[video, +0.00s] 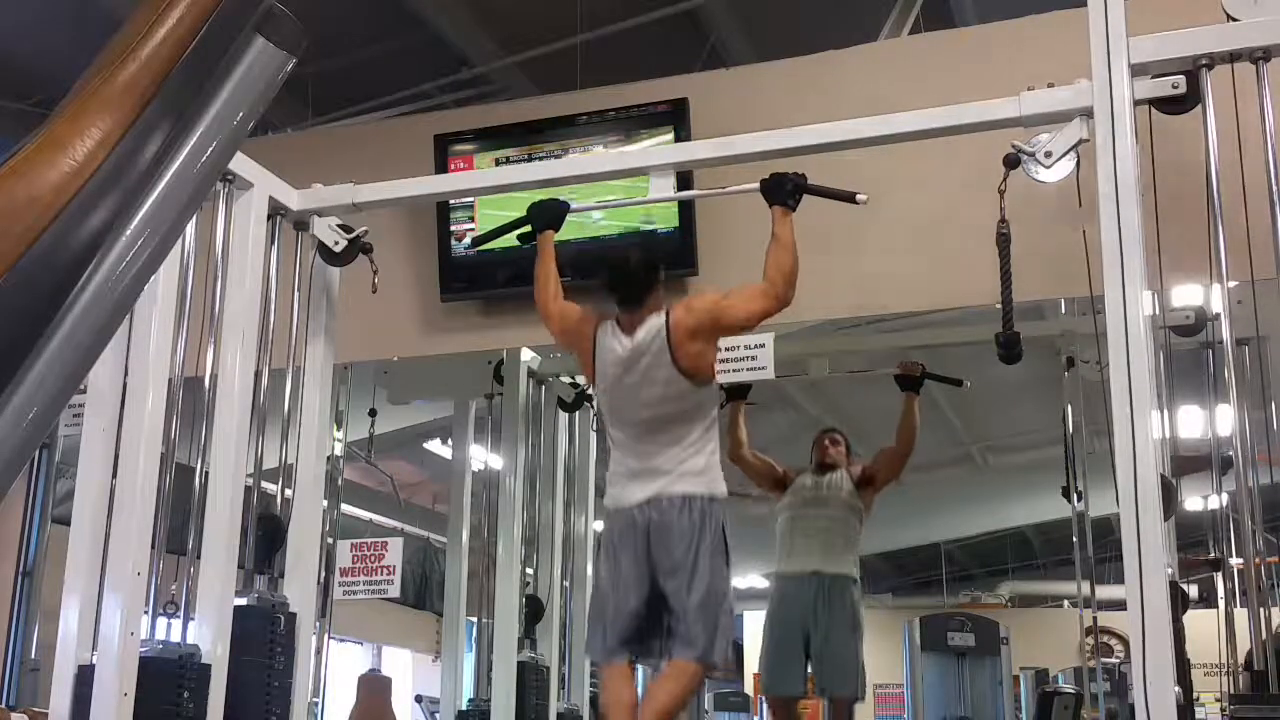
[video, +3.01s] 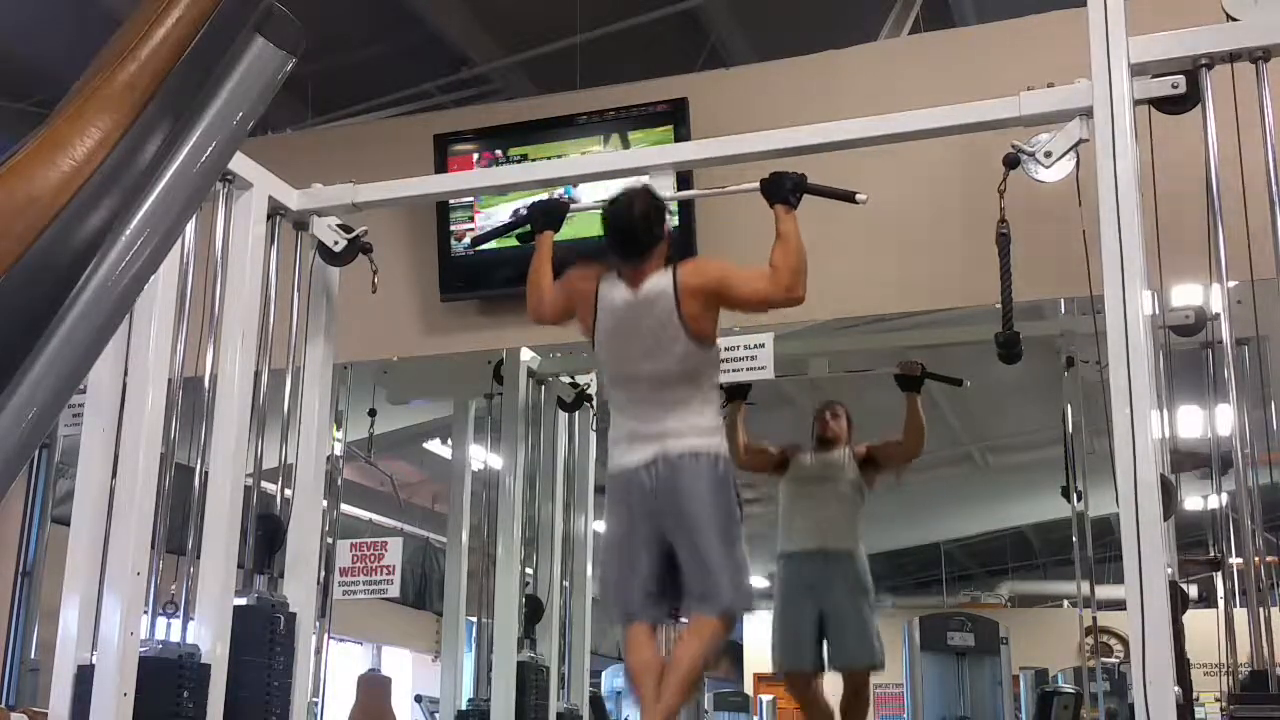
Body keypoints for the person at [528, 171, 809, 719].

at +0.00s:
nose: (662, 278)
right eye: (660, 272)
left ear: (609, 288)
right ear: (660, 281)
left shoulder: (590, 335)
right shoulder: (695, 319)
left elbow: (549, 303)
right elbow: (776, 292)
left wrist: (545, 237)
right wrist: (783, 210)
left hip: (623, 509)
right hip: (690, 506)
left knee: (614, 651)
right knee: (695, 648)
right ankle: (643, 714)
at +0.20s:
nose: (657, 209)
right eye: (658, 201)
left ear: (607, 216)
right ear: (661, 210)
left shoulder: (584, 265)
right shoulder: (692, 260)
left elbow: (541, 306)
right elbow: (783, 285)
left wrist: (541, 236)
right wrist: (785, 210)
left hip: (623, 441)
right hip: (689, 437)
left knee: (623, 585)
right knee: (694, 579)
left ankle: (632, 710)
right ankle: (627, 708)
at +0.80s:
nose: (672, 273)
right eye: (668, 267)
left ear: (613, 281)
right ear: (665, 276)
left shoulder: (592, 329)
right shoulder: (698, 318)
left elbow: (546, 302)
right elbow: (782, 289)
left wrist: (543, 235)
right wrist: (784, 209)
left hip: (628, 509)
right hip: (694, 504)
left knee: (631, 654)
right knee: (704, 650)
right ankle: (660, 718)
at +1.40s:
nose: (663, 192)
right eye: (662, 186)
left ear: (609, 206)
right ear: (661, 198)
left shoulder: (585, 258)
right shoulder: (696, 247)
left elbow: (539, 306)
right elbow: (782, 283)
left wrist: (540, 238)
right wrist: (784, 209)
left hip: (627, 428)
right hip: (692, 424)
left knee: (625, 568)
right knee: (699, 564)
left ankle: (638, 696)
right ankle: (624, 695)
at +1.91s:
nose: (667, 243)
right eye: (665, 237)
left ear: (611, 259)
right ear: (665, 250)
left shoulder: (590, 305)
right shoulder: (698, 295)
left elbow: (543, 303)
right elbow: (785, 289)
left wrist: (543, 235)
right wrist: (785, 209)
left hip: (630, 487)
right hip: (697, 481)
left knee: (632, 632)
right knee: (713, 629)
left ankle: (650, 719)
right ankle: (654, 716)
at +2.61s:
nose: (664, 176)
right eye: (664, 170)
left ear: (609, 193)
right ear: (663, 183)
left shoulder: (585, 242)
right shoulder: (698, 233)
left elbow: (537, 303)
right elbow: (780, 280)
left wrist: (541, 232)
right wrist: (785, 207)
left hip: (630, 413)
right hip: (694, 408)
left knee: (629, 553)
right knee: (702, 546)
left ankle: (645, 687)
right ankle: (632, 678)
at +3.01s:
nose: (668, 230)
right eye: (665, 225)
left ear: (610, 239)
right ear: (665, 234)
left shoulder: (589, 287)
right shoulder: (698, 278)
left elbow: (541, 306)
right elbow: (787, 288)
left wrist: (544, 235)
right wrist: (786, 210)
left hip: (629, 473)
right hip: (695, 467)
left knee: (638, 613)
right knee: (714, 606)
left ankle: (656, 718)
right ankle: (656, 714)